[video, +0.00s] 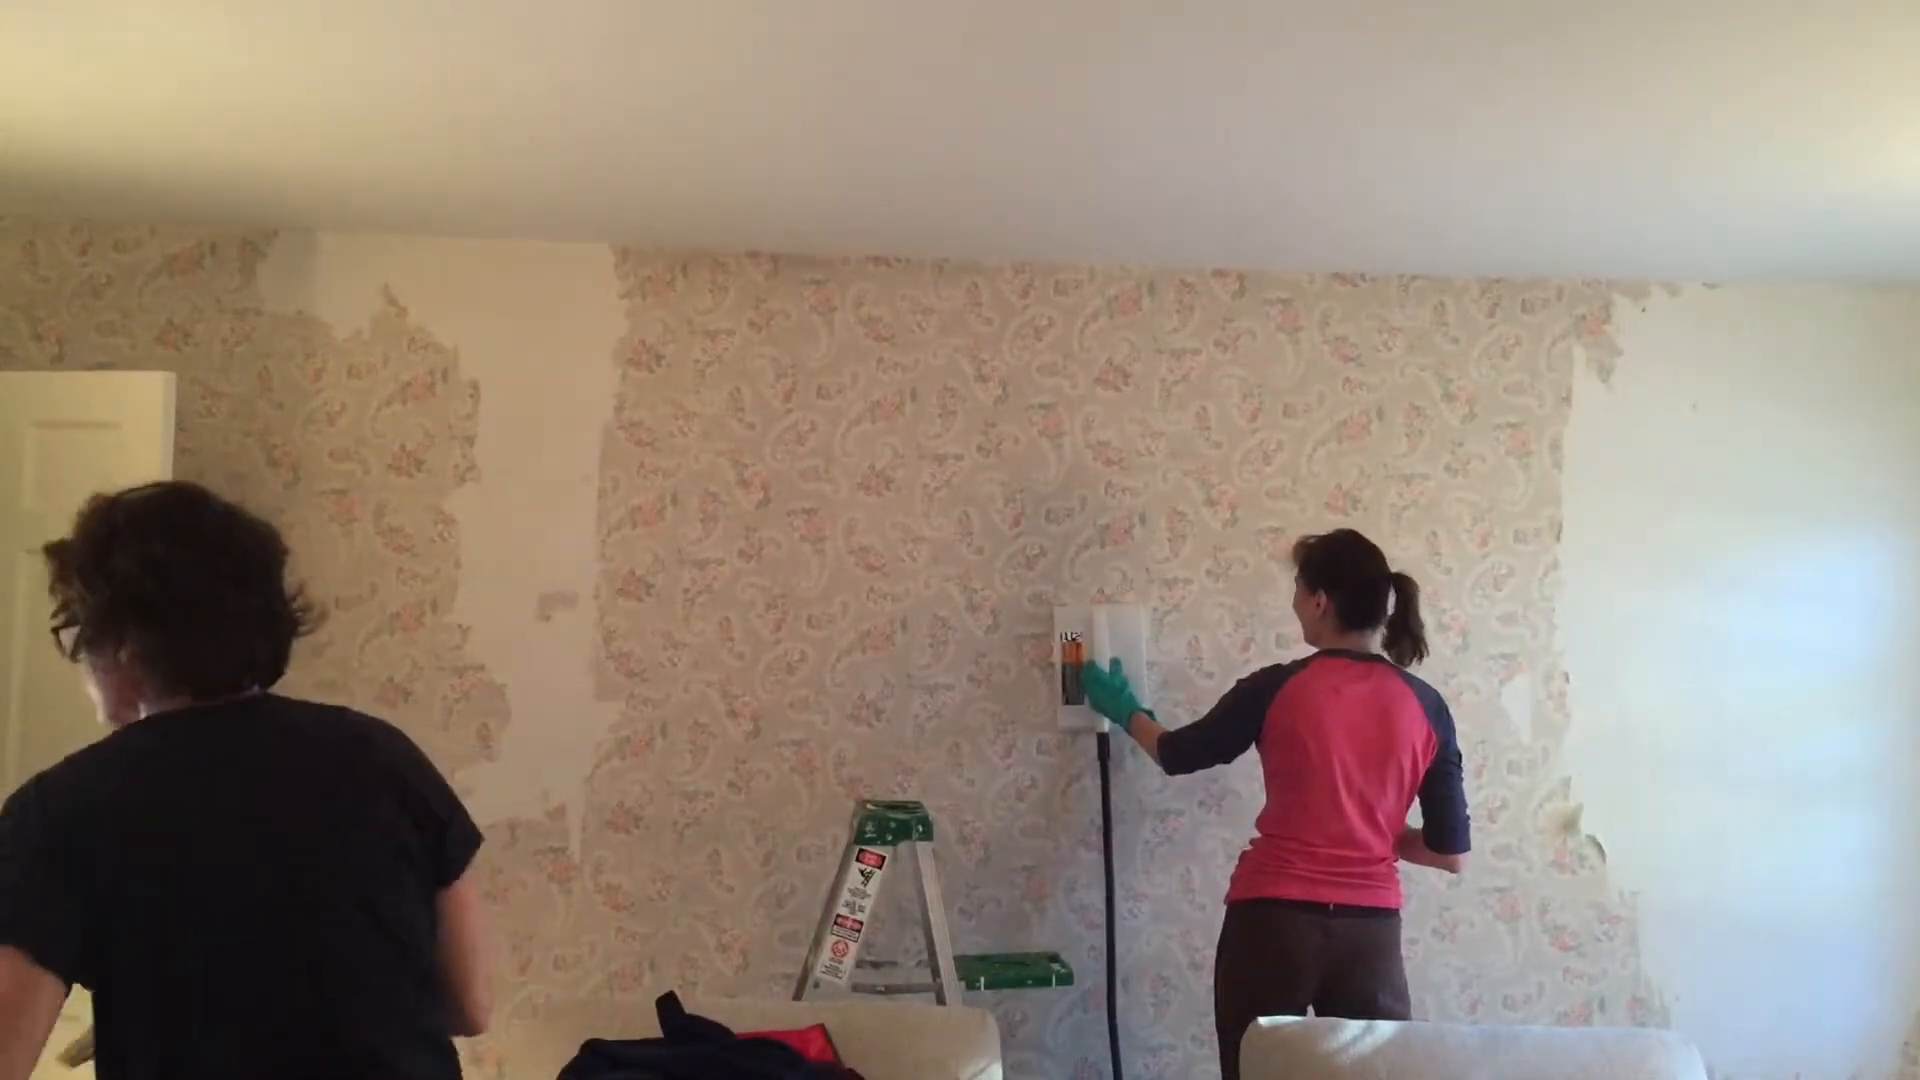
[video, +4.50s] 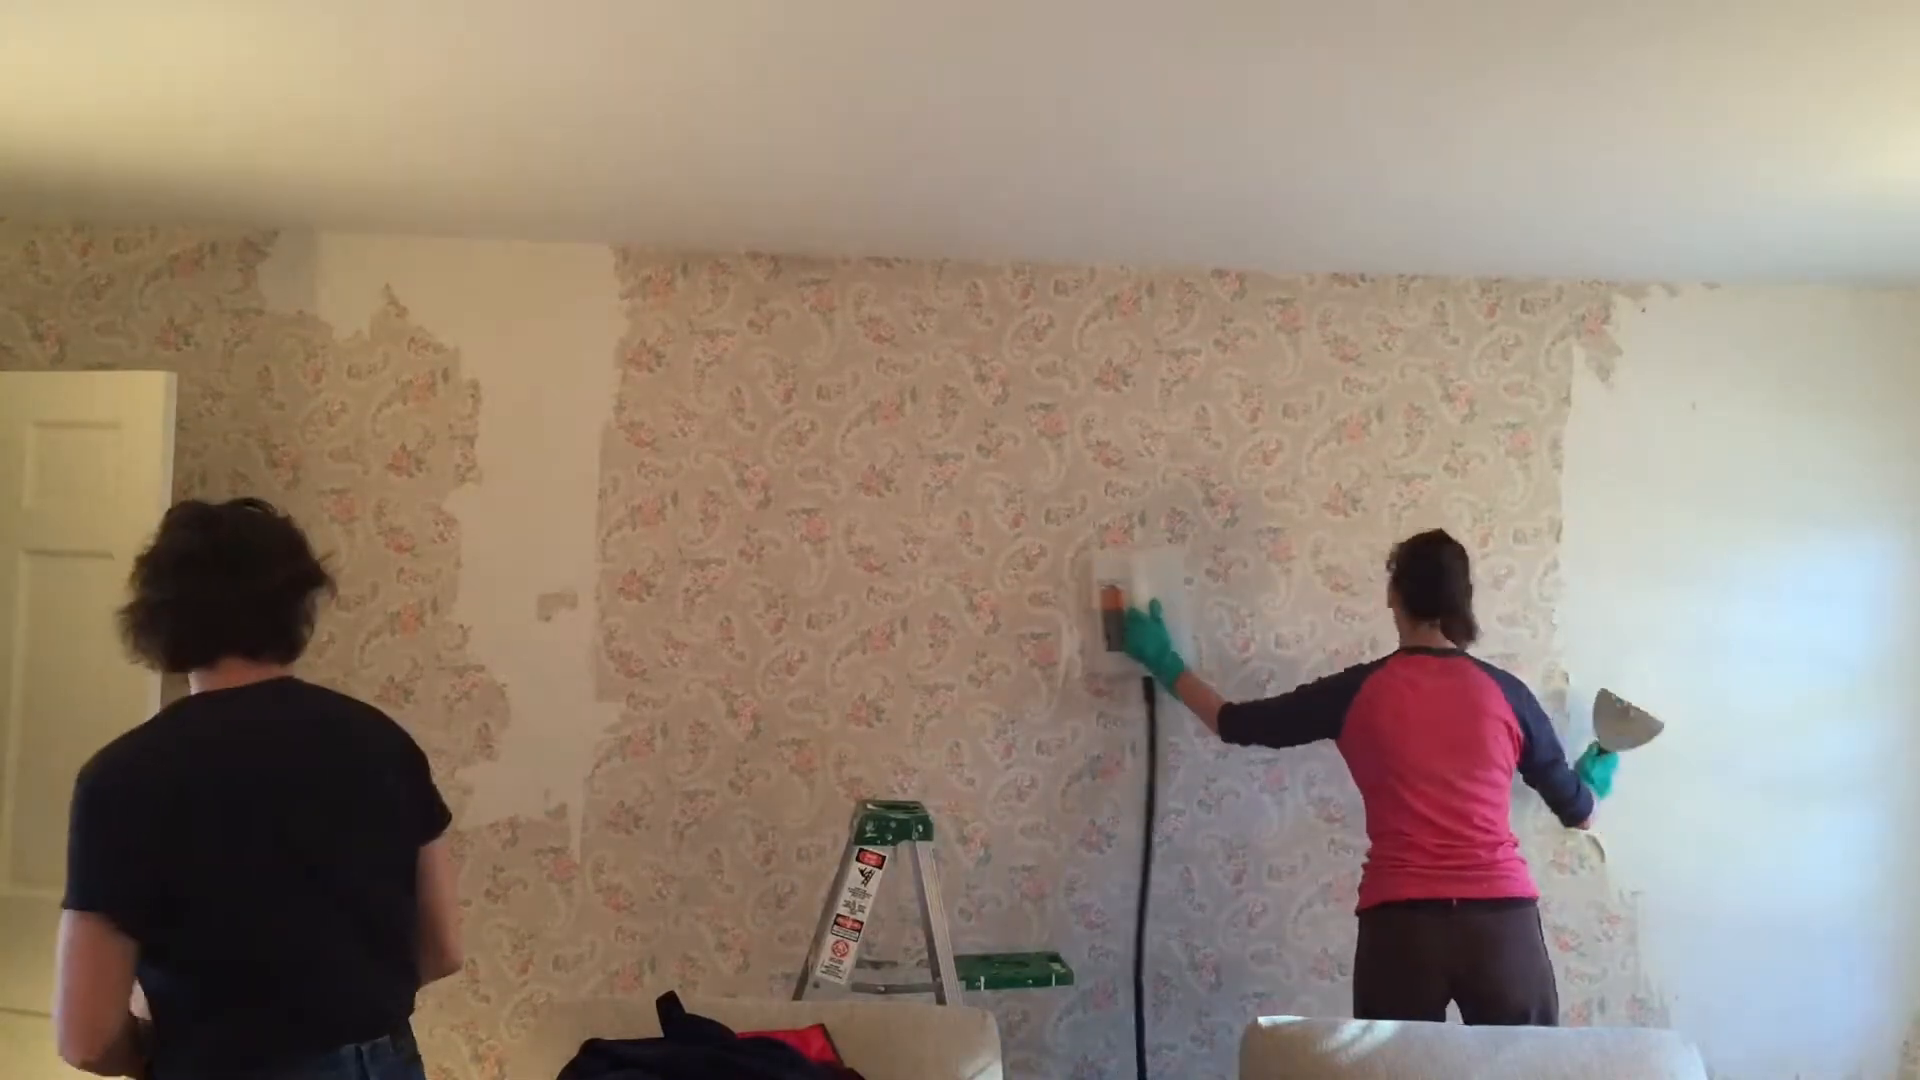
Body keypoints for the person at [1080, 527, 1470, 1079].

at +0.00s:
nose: (1295, 602)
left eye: (1299, 589)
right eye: (1298, 588)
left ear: (1320, 600)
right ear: (1379, 602)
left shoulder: (1277, 685)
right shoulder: (1427, 705)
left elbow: (1175, 753)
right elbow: (1449, 852)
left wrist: (1124, 711)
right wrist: (1375, 831)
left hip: (1268, 932)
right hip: (1370, 940)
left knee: (1253, 1074)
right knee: (1379, 1076)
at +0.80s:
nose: (1292, 599)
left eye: (1294, 590)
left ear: (1298, 602)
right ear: (1372, 608)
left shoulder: (1251, 687)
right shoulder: (1402, 701)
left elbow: (1155, 774)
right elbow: (1442, 838)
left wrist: (1124, 713)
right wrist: (1433, 770)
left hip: (1257, 927)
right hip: (1359, 933)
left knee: (1243, 1075)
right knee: (1382, 1075)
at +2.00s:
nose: (1218, 622)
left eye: (1221, 609)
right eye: (1216, 609)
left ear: (1257, 613)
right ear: (1296, 607)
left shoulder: (1239, 690)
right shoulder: (1374, 688)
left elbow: (1164, 750)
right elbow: (1418, 799)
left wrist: (1135, 672)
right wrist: (1430, 755)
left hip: (1261, 923)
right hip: (1359, 925)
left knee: (1247, 1074)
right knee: (1384, 1073)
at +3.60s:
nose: (1282, 618)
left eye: (1289, 601)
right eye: (1282, 601)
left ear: (1332, 604)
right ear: (1339, 604)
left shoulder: (1295, 687)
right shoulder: (1434, 694)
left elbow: (1182, 718)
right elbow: (1500, 820)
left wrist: (1130, 659)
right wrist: (1485, 769)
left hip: (1298, 931)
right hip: (1402, 939)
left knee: (1276, 1067)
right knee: (1431, 1075)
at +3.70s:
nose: (1303, 616)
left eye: (1310, 600)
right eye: (1304, 600)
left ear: (1353, 604)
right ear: (1369, 603)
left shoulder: (1314, 686)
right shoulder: (1458, 693)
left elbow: (1194, 710)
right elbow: (1529, 818)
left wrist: (1128, 655)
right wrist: (1533, 784)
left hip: (1324, 928)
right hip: (1428, 935)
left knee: (1292, 1073)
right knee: (1453, 1076)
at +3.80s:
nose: (1330, 617)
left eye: (1334, 603)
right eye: (1329, 603)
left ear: (1373, 604)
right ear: (1401, 605)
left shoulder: (1336, 687)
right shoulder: (1481, 695)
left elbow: (1211, 706)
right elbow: (1556, 814)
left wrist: (1137, 658)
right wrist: (1578, 797)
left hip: (1357, 933)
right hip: (1461, 938)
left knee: (1319, 1069)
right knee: (1483, 1074)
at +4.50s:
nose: (1387, 597)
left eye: (1389, 585)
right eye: (1394, 582)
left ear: (1395, 597)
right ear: (1464, 600)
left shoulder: (1357, 690)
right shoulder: (1506, 693)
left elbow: (1232, 723)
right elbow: (1576, 808)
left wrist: (1163, 659)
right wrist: (1593, 779)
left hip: (1397, 933)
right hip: (1502, 931)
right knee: (1531, 1079)